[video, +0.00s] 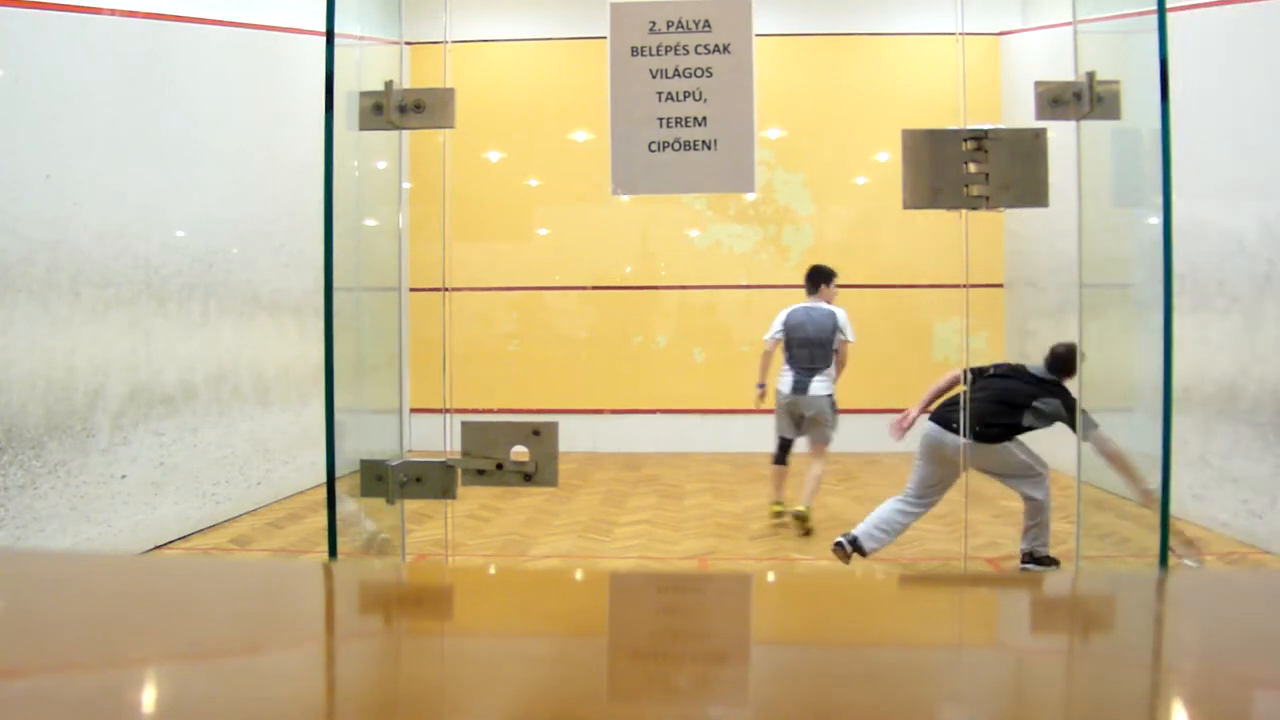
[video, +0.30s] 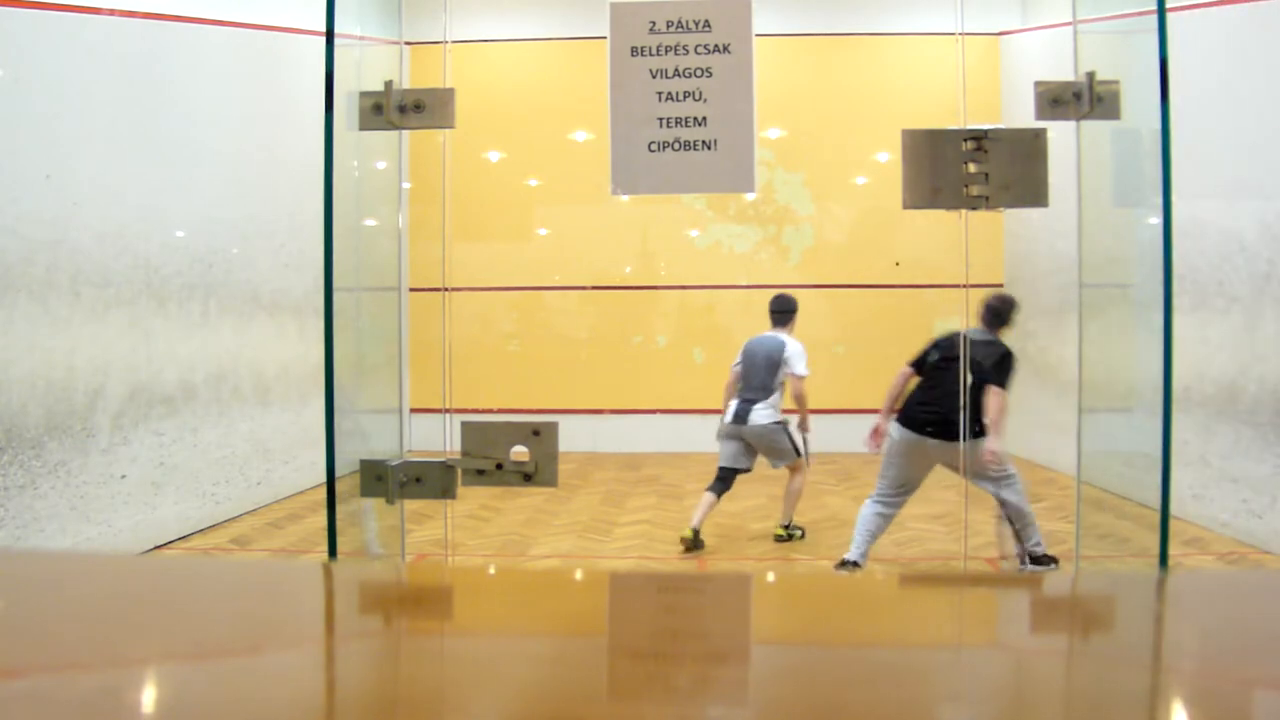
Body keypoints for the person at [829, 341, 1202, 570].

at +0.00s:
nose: (1076, 374)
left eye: (1070, 367)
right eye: (1077, 370)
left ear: (1046, 361)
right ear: (1072, 372)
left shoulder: (1012, 369)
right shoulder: (1063, 401)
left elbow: (955, 377)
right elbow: (1107, 450)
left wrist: (914, 412)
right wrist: (1142, 489)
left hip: (939, 430)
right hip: (983, 442)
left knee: (916, 496)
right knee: (1036, 476)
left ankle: (855, 540)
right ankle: (1034, 552)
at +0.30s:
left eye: (992, 313)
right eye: (1006, 317)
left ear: (981, 314)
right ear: (1007, 323)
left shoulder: (948, 340)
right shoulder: (1000, 354)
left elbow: (906, 374)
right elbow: (994, 393)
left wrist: (883, 418)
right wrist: (993, 438)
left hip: (912, 431)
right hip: (961, 437)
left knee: (885, 496)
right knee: (1005, 482)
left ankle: (854, 555)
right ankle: (1033, 551)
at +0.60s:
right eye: (934, 271)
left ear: (905, 268)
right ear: (935, 272)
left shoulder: (877, 303)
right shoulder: (939, 310)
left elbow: (849, 353)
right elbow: (948, 363)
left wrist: (842, 399)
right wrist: (969, 413)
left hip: (874, 411)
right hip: (923, 414)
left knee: (862, 483)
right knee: (950, 479)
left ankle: (849, 555)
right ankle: (955, 552)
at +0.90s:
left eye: (873, 256)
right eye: (904, 260)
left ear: (873, 258)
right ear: (905, 261)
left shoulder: (849, 298)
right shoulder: (914, 299)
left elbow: (829, 353)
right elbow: (941, 352)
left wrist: (828, 400)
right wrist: (975, 383)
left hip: (853, 406)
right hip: (901, 407)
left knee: (851, 481)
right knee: (919, 481)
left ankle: (847, 556)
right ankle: (933, 553)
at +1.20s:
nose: (901, 269)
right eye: (903, 264)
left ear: (870, 262)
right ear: (901, 266)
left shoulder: (844, 301)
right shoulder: (907, 304)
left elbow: (820, 353)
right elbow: (934, 357)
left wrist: (814, 399)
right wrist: (970, 384)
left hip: (850, 409)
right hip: (896, 410)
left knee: (848, 483)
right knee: (913, 479)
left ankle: (847, 551)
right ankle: (909, 545)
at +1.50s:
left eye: (870, 269)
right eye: (898, 273)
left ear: (870, 271)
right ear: (901, 275)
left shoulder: (847, 306)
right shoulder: (910, 312)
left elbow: (816, 353)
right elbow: (932, 368)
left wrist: (808, 400)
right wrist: (953, 408)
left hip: (851, 408)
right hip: (899, 409)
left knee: (832, 479)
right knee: (918, 475)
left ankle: (822, 551)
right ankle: (917, 541)